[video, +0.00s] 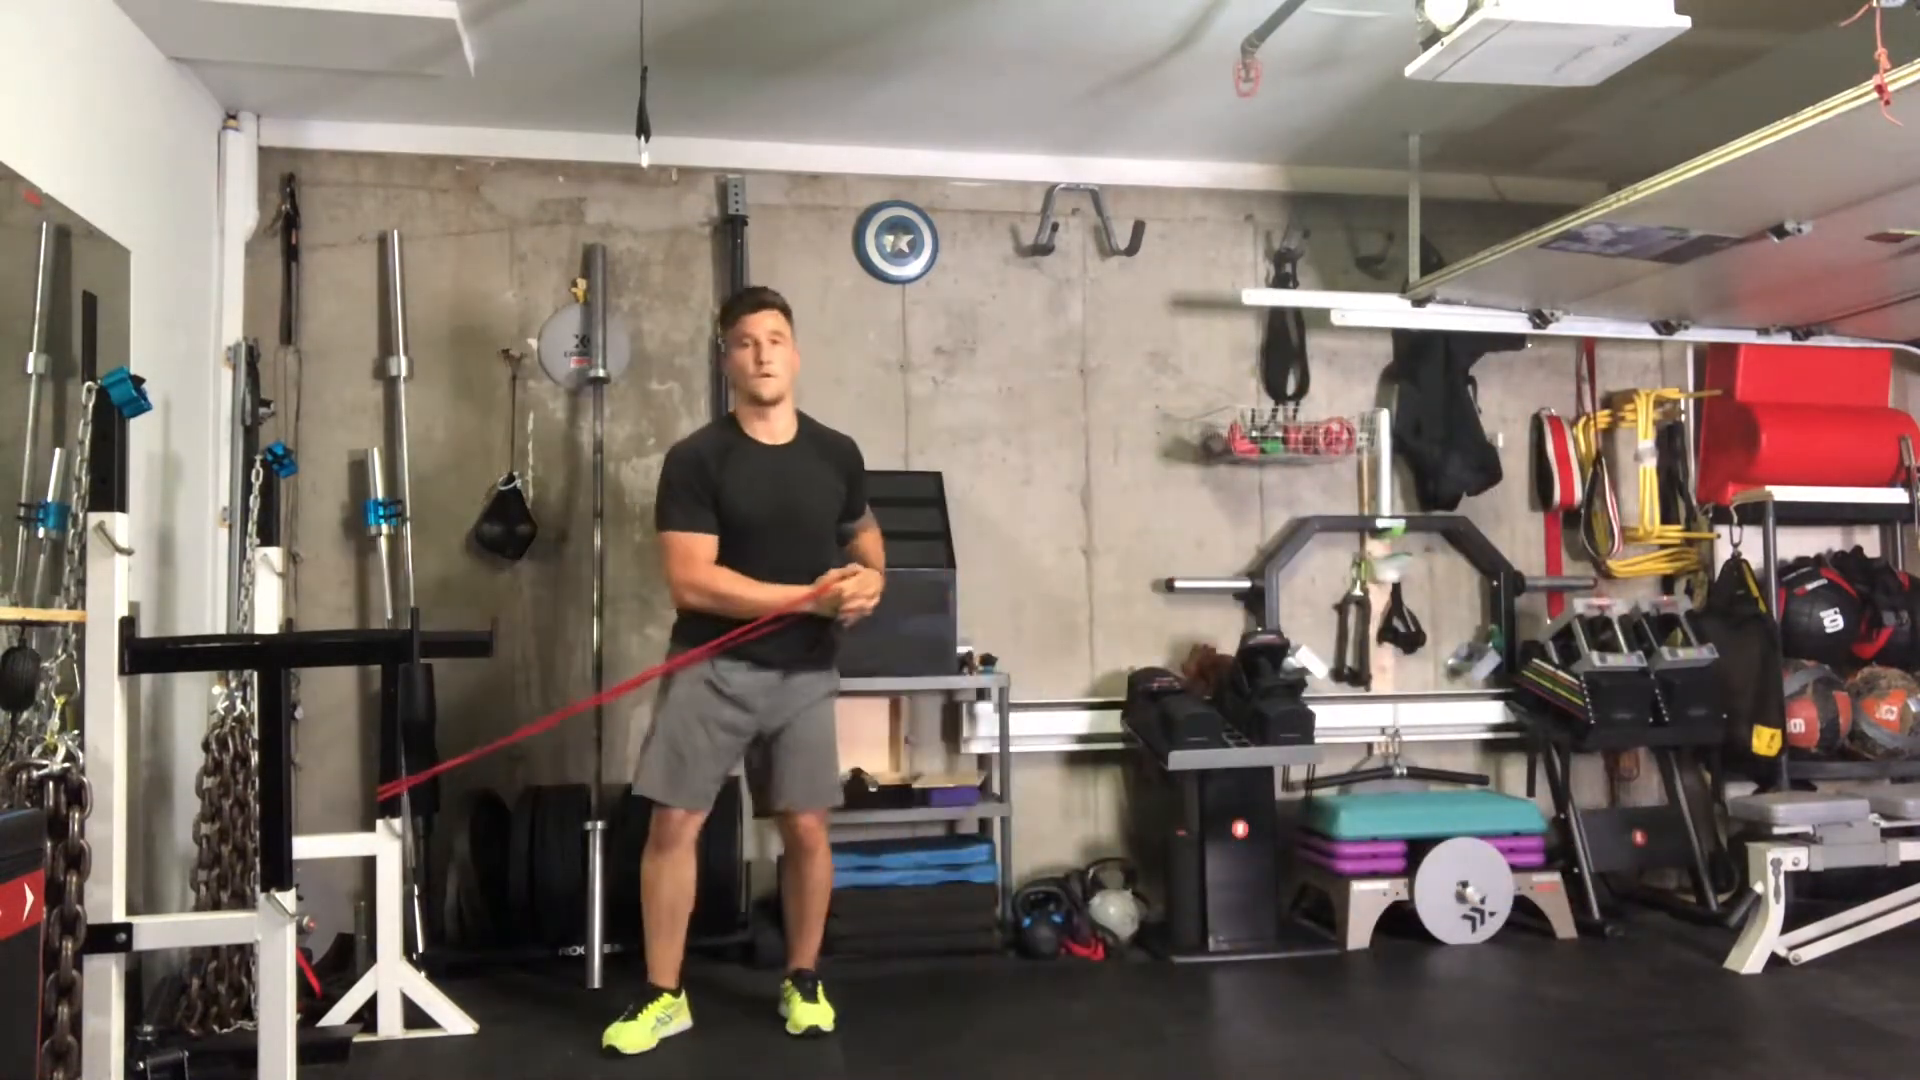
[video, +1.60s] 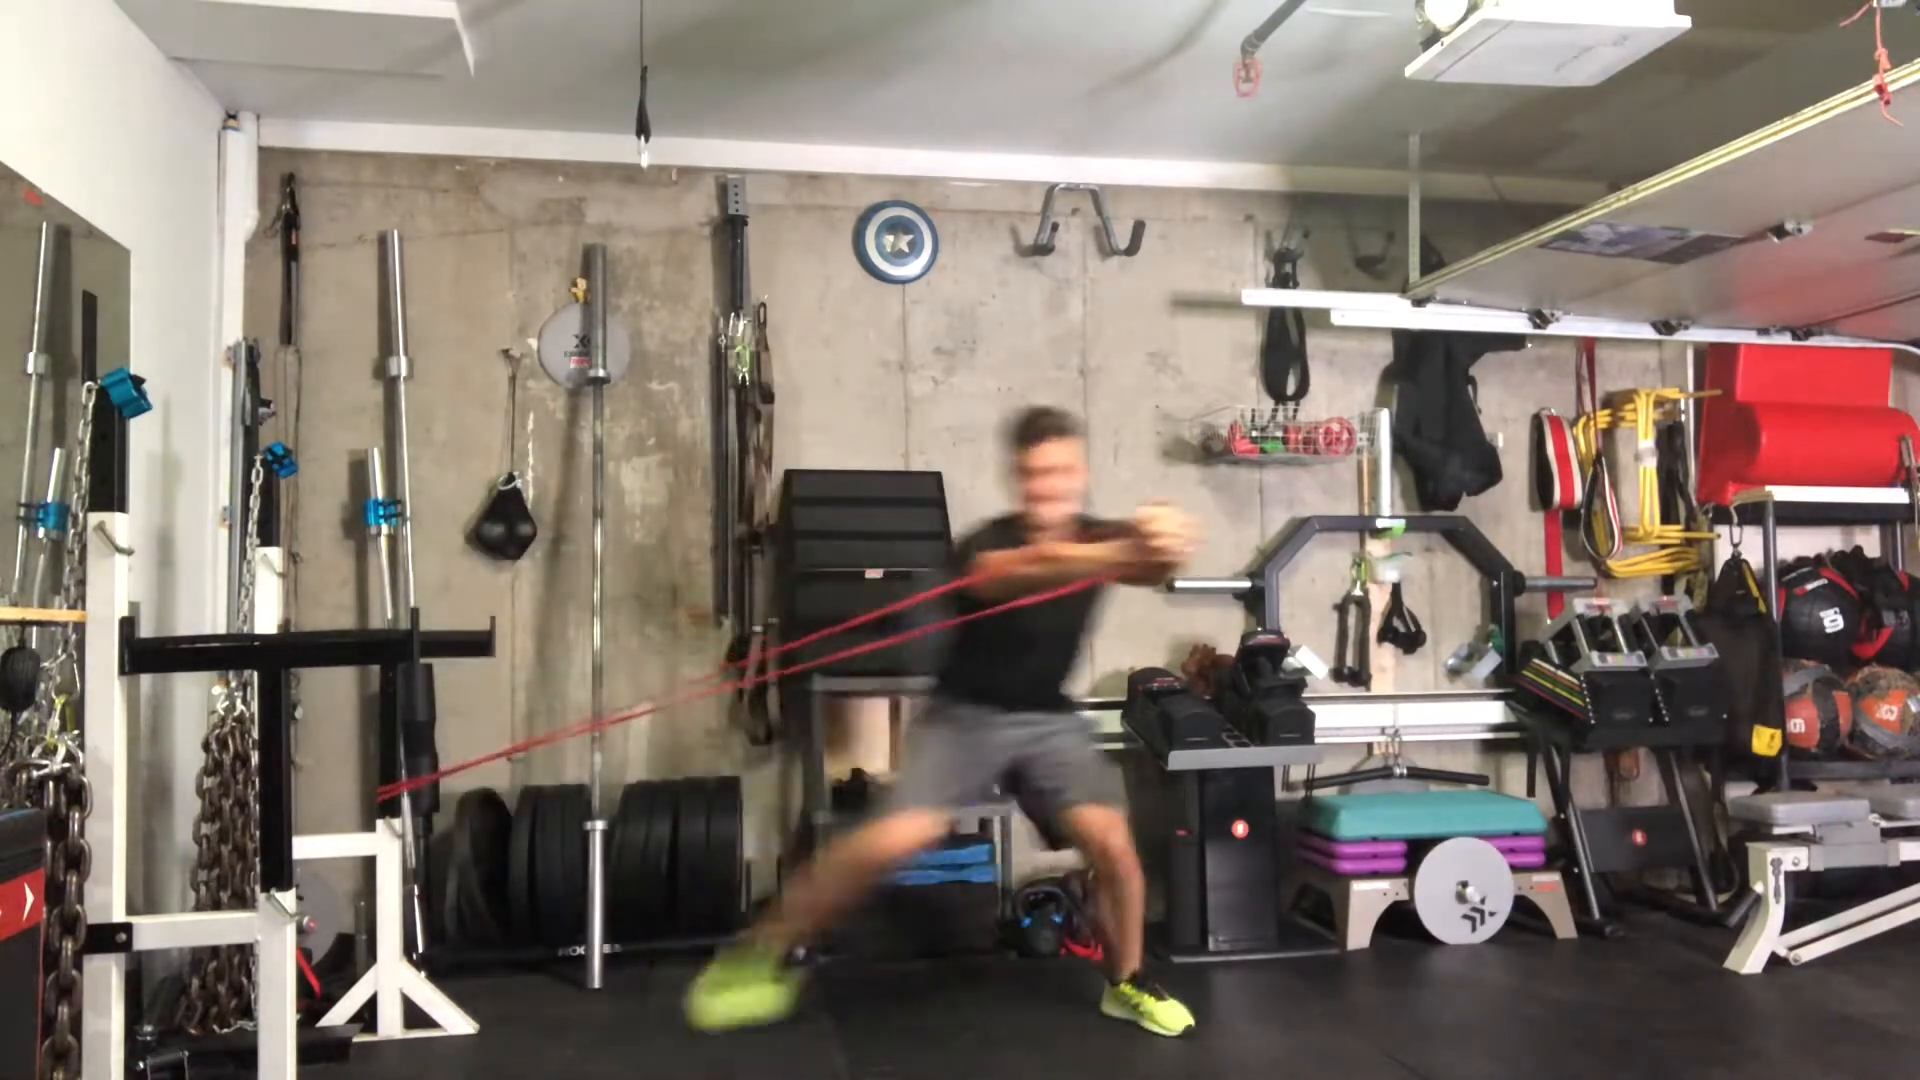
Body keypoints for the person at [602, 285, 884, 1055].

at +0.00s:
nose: (762, 354)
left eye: (774, 340)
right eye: (746, 343)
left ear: (797, 355)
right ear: (725, 361)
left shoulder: (837, 455)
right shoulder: (694, 460)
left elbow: (867, 546)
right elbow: (689, 581)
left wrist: (871, 582)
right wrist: (809, 596)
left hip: (805, 676)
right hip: (712, 672)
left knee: (807, 827)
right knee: (673, 824)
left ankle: (803, 982)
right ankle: (665, 995)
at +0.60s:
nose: (739, 466)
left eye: (754, 451)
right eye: (726, 452)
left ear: (776, 460)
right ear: (707, 461)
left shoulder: (810, 541)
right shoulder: (665, 548)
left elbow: (815, 595)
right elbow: (683, 604)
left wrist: (788, 608)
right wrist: (728, 609)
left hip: (783, 721)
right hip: (691, 718)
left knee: (791, 837)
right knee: (655, 839)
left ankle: (804, 980)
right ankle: (636, 987)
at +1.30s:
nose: (781, 539)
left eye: (795, 522)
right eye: (765, 525)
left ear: (819, 523)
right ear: (743, 532)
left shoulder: (857, 581)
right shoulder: (724, 603)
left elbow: (880, 616)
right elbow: (726, 642)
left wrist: (853, 634)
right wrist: (799, 640)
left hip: (845, 752)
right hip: (752, 755)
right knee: (707, 874)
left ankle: (863, 968)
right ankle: (641, 987)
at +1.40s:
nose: (844, 520)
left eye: (859, 502)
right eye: (829, 505)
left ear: (888, 503)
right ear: (810, 512)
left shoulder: (912, 571)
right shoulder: (785, 584)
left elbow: (946, 599)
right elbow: (791, 619)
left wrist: (939, 602)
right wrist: (889, 612)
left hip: (896, 744)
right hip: (797, 751)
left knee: (988, 827)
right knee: (724, 875)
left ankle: (1011, 945)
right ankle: (642, 990)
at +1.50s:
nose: (945, 492)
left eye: (959, 475)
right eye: (931, 477)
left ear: (983, 480)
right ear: (909, 484)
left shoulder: (997, 547)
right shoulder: (884, 569)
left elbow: (1049, 574)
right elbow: (942, 580)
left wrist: (1068, 553)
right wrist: (1025, 568)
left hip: (971, 737)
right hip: (879, 742)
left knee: (1069, 829)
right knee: (768, 867)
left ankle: (1120, 977)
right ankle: (650, 986)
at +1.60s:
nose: (1047, 486)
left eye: (1060, 472)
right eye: (1034, 473)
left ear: (1083, 475)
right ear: (1016, 478)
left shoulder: (1101, 541)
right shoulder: (988, 544)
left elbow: (1148, 568)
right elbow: (1009, 573)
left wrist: (1168, 546)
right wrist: (1119, 553)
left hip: (1050, 722)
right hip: (962, 722)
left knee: (1112, 840)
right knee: (894, 839)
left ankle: (1126, 984)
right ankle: (763, 951)